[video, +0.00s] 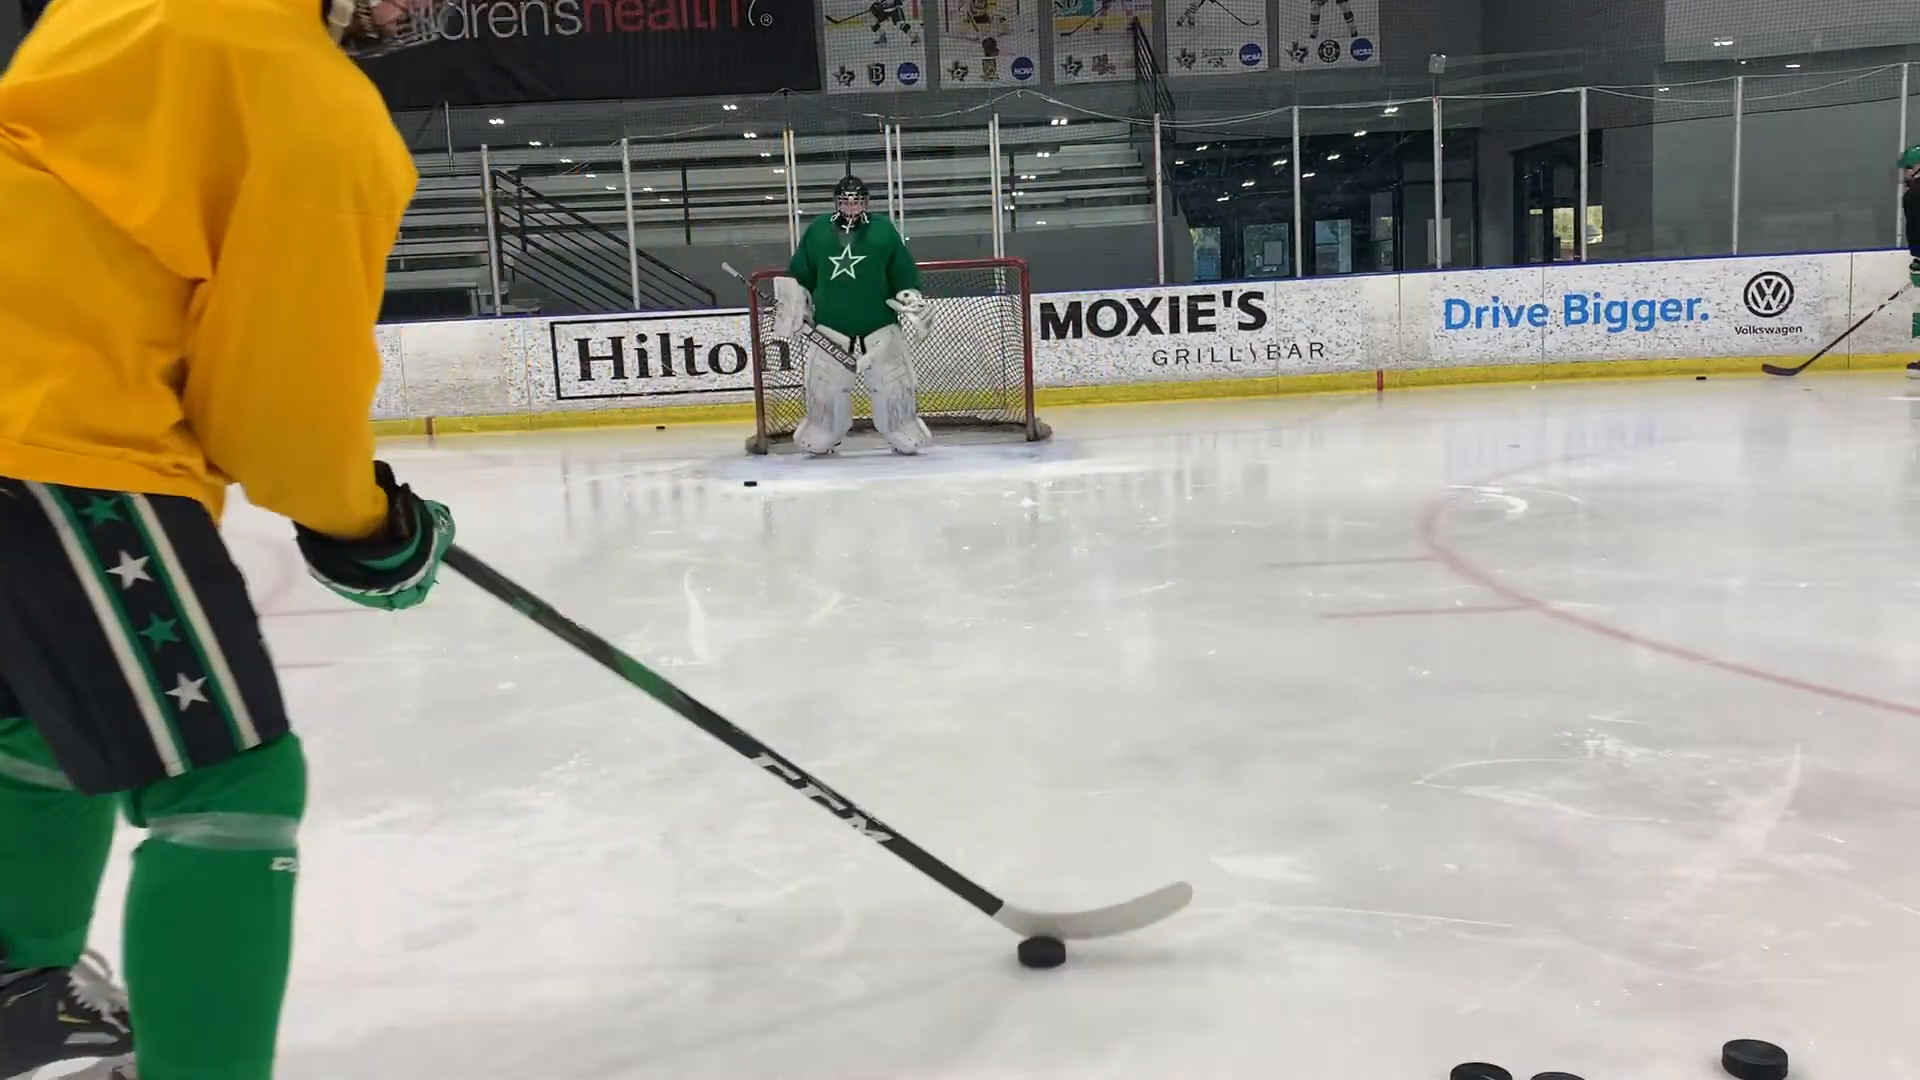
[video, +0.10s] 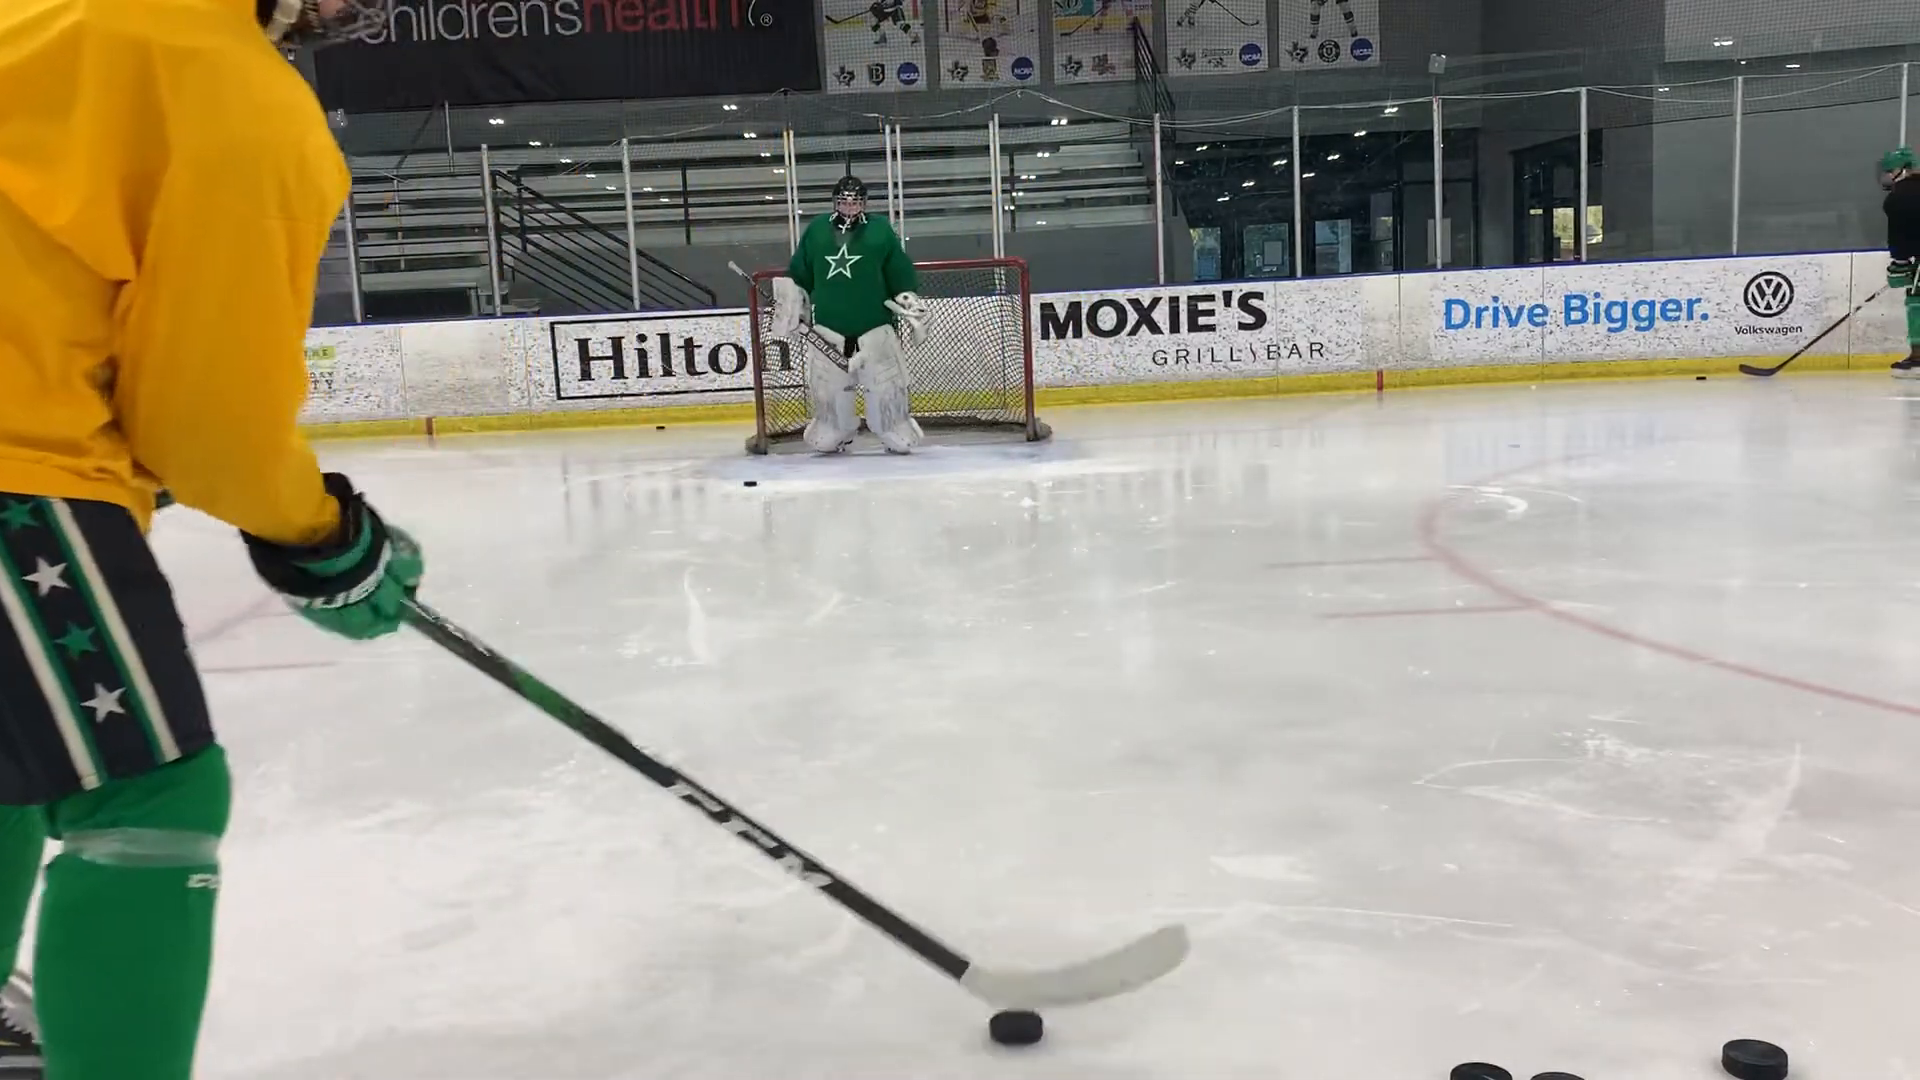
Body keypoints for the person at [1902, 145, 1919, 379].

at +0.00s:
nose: (1906, 173)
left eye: (1908, 168)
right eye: (1906, 168)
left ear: (1915, 169)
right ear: (1910, 169)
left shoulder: (1912, 194)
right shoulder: (1910, 194)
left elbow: (1913, 228)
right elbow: (1911, 228)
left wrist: (1916, 257)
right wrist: (1914, 257)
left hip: (1918, 258)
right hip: (1918, 259)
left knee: (1919, 312)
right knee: (1918, 311)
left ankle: (1919, 357)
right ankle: (1919, 357)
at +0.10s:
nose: (1884, 179)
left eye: (1886, 173)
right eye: (1884, 174)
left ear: (1897, 171)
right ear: (1906, 168)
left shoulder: (1899, 195)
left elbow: (1899, 231)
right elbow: (1899, 231)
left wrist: (1900, 261)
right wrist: (1901, 260)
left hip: (1915, 259)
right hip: (1914, 258)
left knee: (1914, 301)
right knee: (1914, 301)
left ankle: (1916, 352)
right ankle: (1915, 351)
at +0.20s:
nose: (1861, 184)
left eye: (1862, 178)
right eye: (1860, 179)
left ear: (1873, 176)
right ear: (1884, 173)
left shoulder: (1880, 200)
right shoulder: (1911, 181)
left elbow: (1883, 242)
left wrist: (1874, 269)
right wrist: (1877, 267)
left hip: (1914, 246)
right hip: (1915, 244)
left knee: (1900, 296)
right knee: (1911, 296)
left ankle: (1904, 353)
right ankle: (1911, 352)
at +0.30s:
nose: (1842, 188)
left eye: (1844, 182)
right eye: (1840, 183)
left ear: (1858, 178)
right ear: (1864, 177)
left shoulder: (1861, 204)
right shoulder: (1891, 184)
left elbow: (1862, 247)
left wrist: (1849, 273)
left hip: (1905, 246)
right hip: (1917, 242)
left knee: (1883, 298)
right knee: (1902, 298)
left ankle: (1891, 354)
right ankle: (1911, 345)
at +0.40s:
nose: (1823, 188)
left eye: (1826, 183)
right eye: (1822, 183)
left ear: (1840, 179)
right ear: (1844, 178)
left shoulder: (1843, 205)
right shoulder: (1866, 186)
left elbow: (1843, 246)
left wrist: (1828, 271)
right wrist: (1854, 251)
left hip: (1890, 245)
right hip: (1904, 238)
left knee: (1866, 296)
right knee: (1878, 297)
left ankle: (1878, 353)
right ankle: (1884, 351)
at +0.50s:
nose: (1807, 187)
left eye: (1811, 182)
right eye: (1806, 182)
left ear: (1824, 180)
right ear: (1825, 179)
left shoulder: (1829, 207)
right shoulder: (1843, 188)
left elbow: (1828, 247)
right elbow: (1832, 239)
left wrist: (1810, 269)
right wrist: (1815, 265)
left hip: (1874, 246)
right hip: (1869, 243)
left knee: (1849, 297)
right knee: (1847, 296)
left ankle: (1861, 356)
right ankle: (1859, 354)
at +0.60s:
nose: (1793, 187)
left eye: (1797, 182)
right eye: (1791, 183)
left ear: (1811, 180)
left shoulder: (1823, 201)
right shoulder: (1812, 201)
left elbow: (1816, 246)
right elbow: (1814, 241)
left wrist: (1792, 270)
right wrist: (1795, 267)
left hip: (1858, 247)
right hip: (1837, 249)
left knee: (1833, 298)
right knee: (1820, 299)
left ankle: (1850, 355)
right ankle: (1827, 355)